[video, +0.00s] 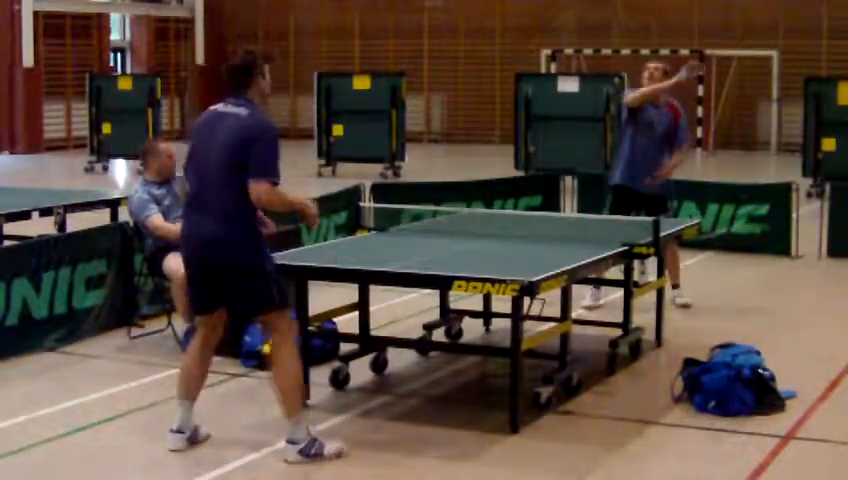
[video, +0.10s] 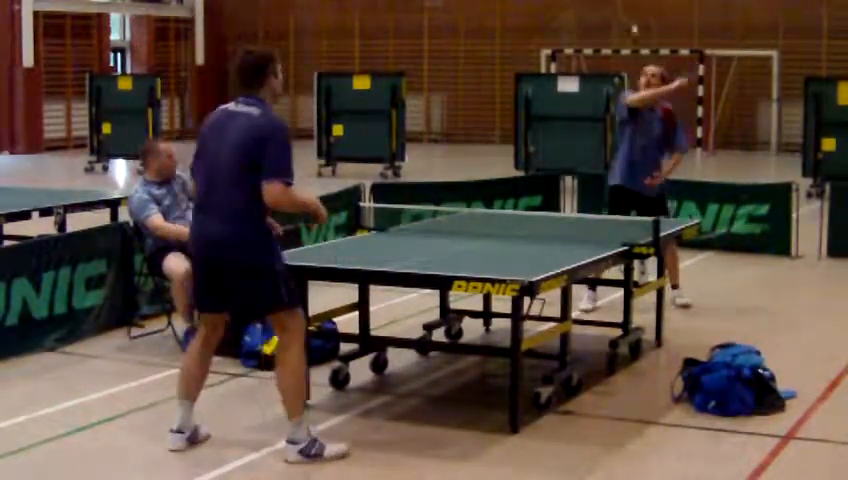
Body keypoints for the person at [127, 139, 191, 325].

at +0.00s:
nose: (174, 161)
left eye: (173, 156)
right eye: (169, 157)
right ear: (152, 163)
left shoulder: (179, 184)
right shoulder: (140, 196)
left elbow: (198, 207)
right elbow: (161, 228)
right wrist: (194, 232)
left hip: (190, 239)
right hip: (162, 246)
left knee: (214, 260)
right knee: (181, 271)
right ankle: (189, 324)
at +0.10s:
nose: (175, 161)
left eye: (174, 156)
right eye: (169, 157)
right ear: (153, 163)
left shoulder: (179, 181)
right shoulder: (140, 196)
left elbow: (199, 198)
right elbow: (160, 228)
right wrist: (194, 235)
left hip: (193, 235)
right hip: (164, 244)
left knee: (217, 256)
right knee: (182, 270)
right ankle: (188, 323)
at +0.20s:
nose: (175, 161)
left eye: (174, 156)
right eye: (169, 157)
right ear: (153, 163)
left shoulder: (178, 181)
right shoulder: (141, 196)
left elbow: (202, 198)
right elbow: (160, 228)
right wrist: (200, 233)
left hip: (193, 233)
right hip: (164, 243)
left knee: (221, 255)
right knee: (182, 270)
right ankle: (189, 324)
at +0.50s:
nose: (174, 162)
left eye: (173, 157)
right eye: (168, 158)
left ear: (174, 160)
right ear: (150, 163)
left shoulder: (179, 181)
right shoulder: (140, 196)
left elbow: (206, 202)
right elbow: (159, 228)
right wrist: (201, 233)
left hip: (194, 236)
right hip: (164, 243)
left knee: (227, 256)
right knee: (182, 269)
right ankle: (189, 326)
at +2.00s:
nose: (174, 162)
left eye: (174, 158)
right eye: (168, 158)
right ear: (151, 161)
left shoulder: (177, 180)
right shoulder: (140, 194)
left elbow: (207, 202)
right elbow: (160, 228)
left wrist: (235, 213)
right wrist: (199, 232)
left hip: (194, 236)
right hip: (164, 245)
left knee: (229, 252)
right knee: (182, 269)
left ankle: (226, 317)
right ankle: (188, 326)